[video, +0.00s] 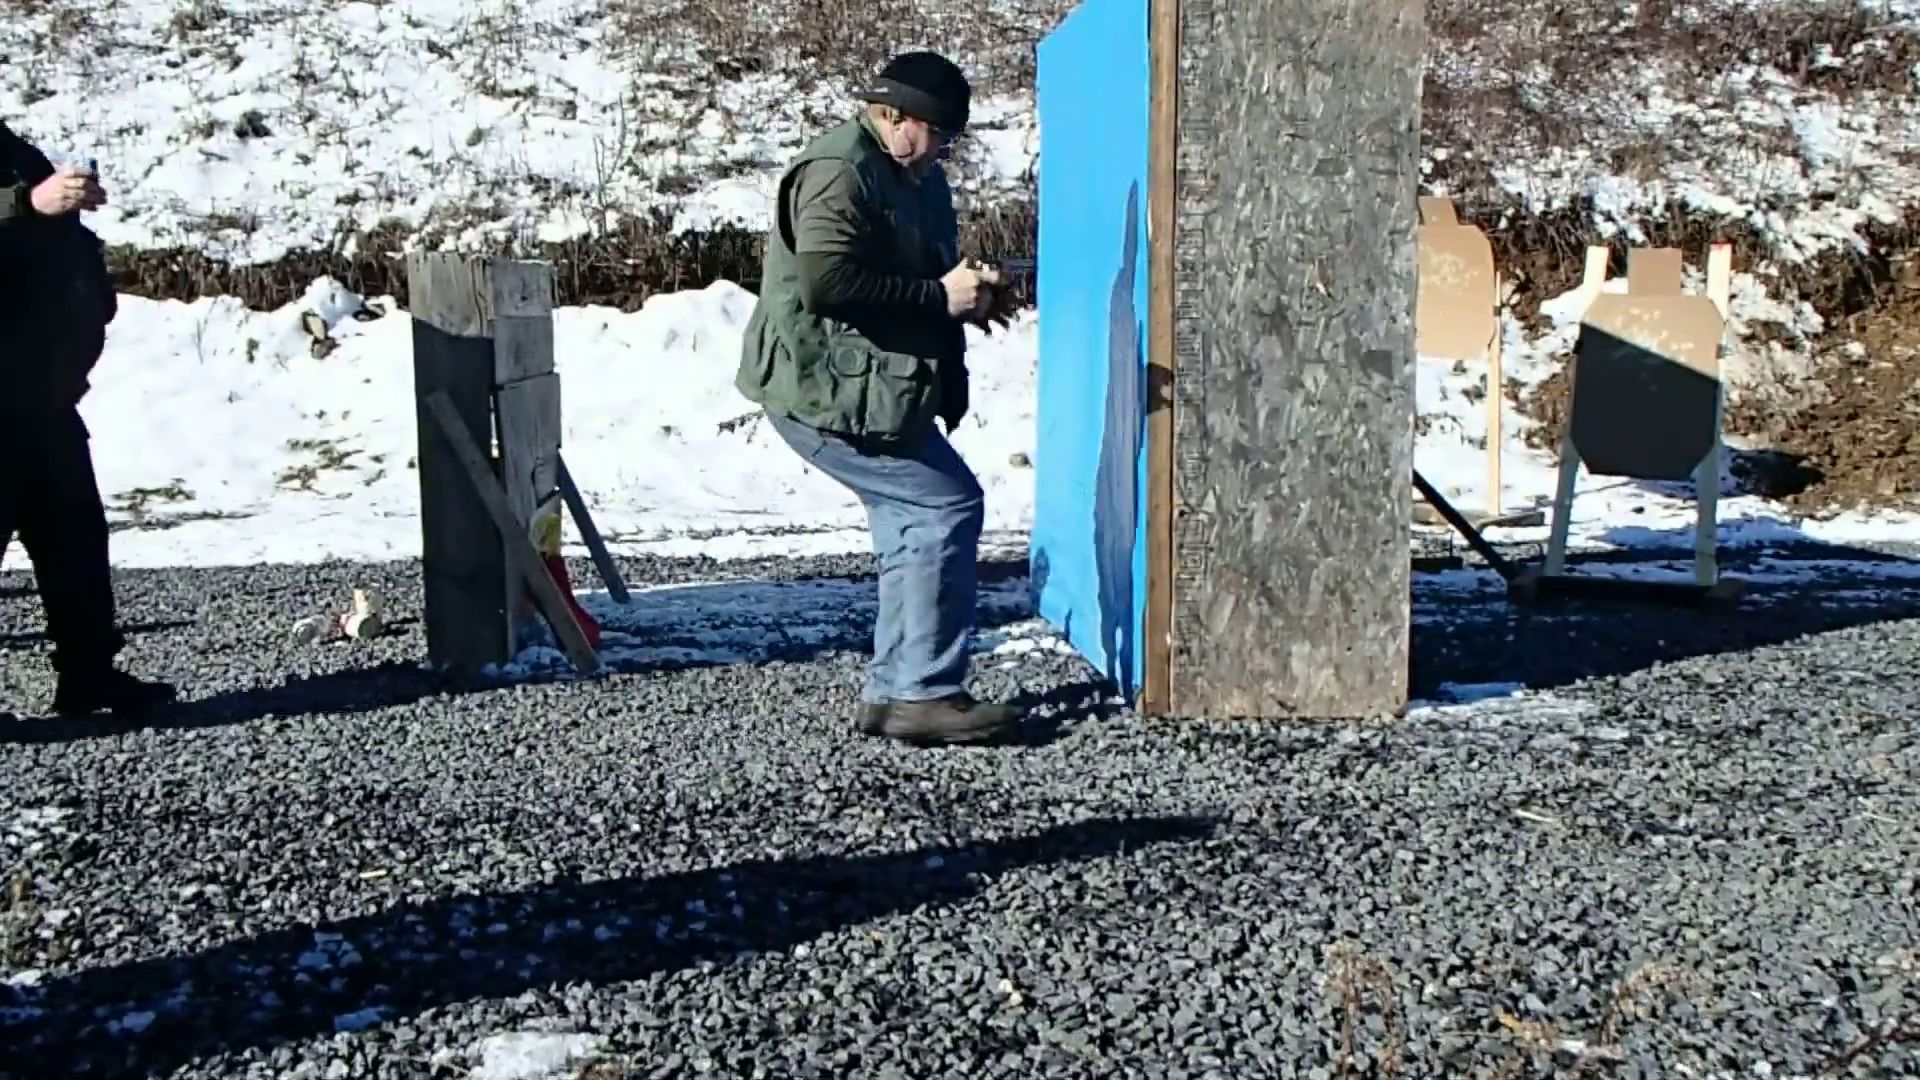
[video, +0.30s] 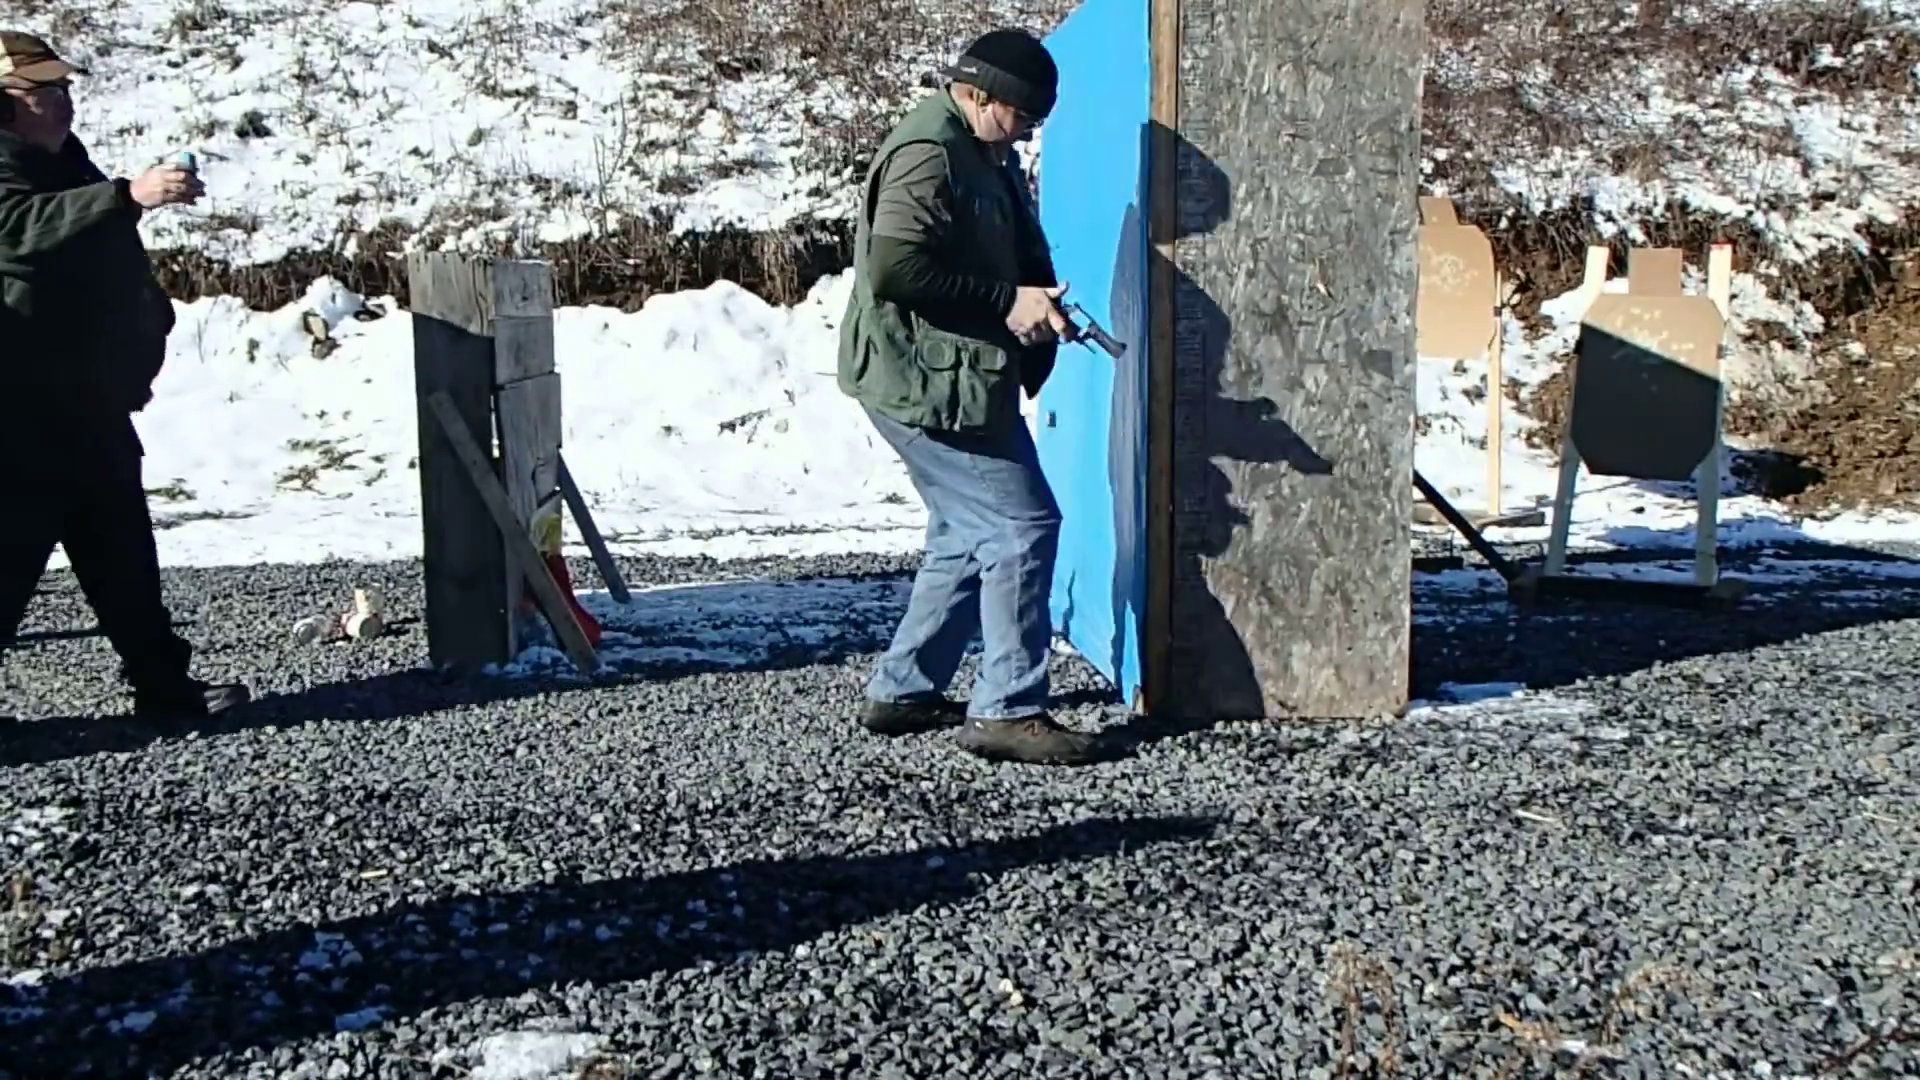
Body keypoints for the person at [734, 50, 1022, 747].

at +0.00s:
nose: (941, 146)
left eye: (947, 133)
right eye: (936, 130)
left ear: (928, 125)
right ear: (896, 115)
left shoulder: (923, 181)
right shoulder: (838, 170)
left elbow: (927, 285)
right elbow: (827, 282)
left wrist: (965, 297)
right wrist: (939, 296)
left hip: (871, 386)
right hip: (818, 389)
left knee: (913, 516)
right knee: (947, 502)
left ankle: (892, 686)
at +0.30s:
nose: (1028, 130)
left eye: (1032, 117)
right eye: (1024, 114)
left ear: (988, 99)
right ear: (982, 96)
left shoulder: (980, 154)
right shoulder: (928, 153)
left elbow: (1024, 253)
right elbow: (894, 269)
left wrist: (1036, 296)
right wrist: (1004, 303)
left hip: (951, 375)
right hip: (926, 381)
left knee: (961, 535)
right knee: (1023, 523)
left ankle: (901, 692)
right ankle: (1009, 711)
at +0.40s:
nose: (1055, 136)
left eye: (1062, 123)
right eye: (1052, 119)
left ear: (1012, 97)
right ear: (1012, 96)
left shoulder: (997, 150)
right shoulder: (954, 152)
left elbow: (1007, 253)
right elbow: (918, 269)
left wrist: (1067, 263)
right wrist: (1026, 310)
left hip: (956, 372)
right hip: (951, 380)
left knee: (975, 530)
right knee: (1035, 533)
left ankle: (905, 685)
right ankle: (1006, 712)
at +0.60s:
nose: (1085, 128)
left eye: (1091, 116)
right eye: (1082, 111)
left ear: (1043, 89)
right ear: (1044, 88)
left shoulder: (1037, 144)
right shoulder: (988, 130)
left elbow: (1072, 254)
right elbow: (948, 247)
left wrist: (1086, 300)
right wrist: (1057, 304)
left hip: (985, 377)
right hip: (996, 382)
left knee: (1002, 532)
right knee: (1069, 540)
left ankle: (916, 675)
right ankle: (1008, 713)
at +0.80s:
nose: (1101, 107)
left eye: (1106, 92)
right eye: (1099, 88)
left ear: (1049, 69)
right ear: (1062, 69)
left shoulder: (1039, 122)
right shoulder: (1013, 112)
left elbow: (1097, 236)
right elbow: (996, 231)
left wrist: (1123, 294)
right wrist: (1102, 293)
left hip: (1005, 369)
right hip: (1022, 372)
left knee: (1031, 524)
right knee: (1084, 543)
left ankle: (938, 660)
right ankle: (1006, 713)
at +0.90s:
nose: (1109, 104)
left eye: (1114, 90)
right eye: (1107, 86)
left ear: (1053, 64)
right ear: (1067, 67)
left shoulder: (1044, 120)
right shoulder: (1021, 110)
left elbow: (1110, 235)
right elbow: (1013, 230)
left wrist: (1143, 292)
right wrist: (1118, 291)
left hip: (1018, 366)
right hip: (1036, 369)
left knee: (1032, 526)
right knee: (1090, 542)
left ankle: (945, 661)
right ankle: (1008, 713)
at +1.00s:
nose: (1117, 106)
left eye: (1122, 92)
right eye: (1115, 87)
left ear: (1061, 62)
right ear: (1078, 67)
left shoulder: (1037, 111)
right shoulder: (1031, 107)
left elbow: (1116, 233)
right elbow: (1021, 227)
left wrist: (1149, 287)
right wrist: (1124, 288)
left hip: (1020, 368)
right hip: (1052, 371)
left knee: (1037, 523)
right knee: (1095, 542)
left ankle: (951, 668)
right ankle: (1013, 713)